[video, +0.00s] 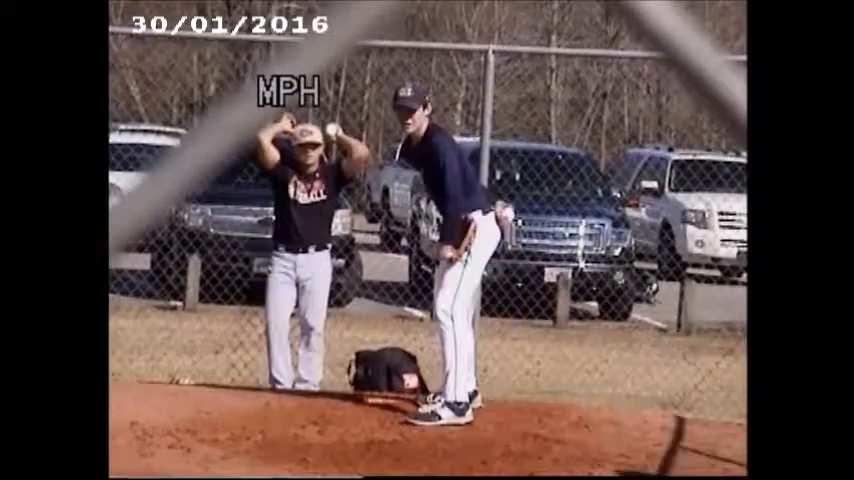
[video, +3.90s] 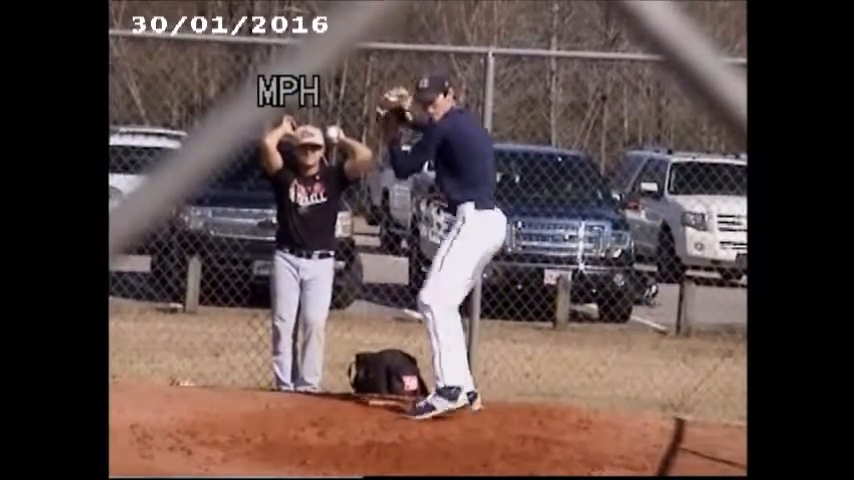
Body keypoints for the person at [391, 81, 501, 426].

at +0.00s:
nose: (406, 117)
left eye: (413, 111)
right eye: (402, 112)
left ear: (427, 110)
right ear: (397, 113)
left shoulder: (439, 142)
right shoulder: (413, 145)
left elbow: (455, 198)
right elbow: (442, 186)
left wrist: (449, 241)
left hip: (476, 224)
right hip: (460, 223)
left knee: (447, 308)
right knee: (457, 309)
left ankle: (455, 398)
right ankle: (465, 389)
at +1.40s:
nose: (397, 120)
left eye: (403, 113)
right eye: (392, 115)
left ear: (418, 111)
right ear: (389, 118)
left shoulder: (432, 141)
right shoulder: (411, 149)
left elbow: (460, 185)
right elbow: (455, 186)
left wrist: (444, 228)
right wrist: (493, 211)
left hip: (477, 224)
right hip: (459, 226)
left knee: (447, 310)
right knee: (444, 310)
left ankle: (456, 400)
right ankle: (463, 389)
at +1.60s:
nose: (395, 121)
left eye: (400, 114)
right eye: (392, 116)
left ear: (418, 110)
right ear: (392, 118)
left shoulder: (427, 140)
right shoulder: (420, 143)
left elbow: (446, 191)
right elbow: (445, 194)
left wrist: (422, 226)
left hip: (479, 226)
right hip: (464, 228)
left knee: (445, 311)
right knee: (431, 311)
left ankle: (457, 400)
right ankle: (461, 388)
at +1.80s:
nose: (407, 112)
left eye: (412, 105)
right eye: (404, 107)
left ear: (430, 103)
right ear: (407, 108)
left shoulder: (428, 133)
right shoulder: (440, 134)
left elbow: (429, 187)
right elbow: (447, 204)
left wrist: (399, 213)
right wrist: (410, 224)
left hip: (476, 222)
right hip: (473, 222)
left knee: (446, 308)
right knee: (430, 308)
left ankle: (452, 393)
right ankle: (461, 387)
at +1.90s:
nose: (414, 109)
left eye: (419, 102)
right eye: (412, 104)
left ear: (438, 100)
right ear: (436, 103)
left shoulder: (432, 130)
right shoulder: (453, 127)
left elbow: (422, 185)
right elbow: (434, 183)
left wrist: (388, 186)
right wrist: (392, 181)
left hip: (474, 221)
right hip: (485, 219)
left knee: (442, 306)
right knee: (432, 308)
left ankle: (457, 391)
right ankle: (458, 388)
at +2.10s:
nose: (422, 98)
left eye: (427, 92)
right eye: (419, 93)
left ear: (446, 90)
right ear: (424, 95)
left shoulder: (434, 121)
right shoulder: (456, 121)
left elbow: (400, 163)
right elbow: (415, 153)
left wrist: (381, 136)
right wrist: (395, 126)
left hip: (472, 219)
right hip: (482, 218)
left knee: (438, 305)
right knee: (440, 305)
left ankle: (456, 394)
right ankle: (462, 390)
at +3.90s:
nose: (427, 111)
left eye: (431, 103)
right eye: (424, 105)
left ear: (450, 96)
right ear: (447, 100)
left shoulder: (443, 128)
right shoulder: (467, 121)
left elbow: (403, 168)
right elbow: (434, 131)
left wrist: (391, 134)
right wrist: (408, 118)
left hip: (474, 219)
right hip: (490, 218)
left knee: (433, 298)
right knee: (443, 302)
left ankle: (451, 386)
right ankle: (463, 386)